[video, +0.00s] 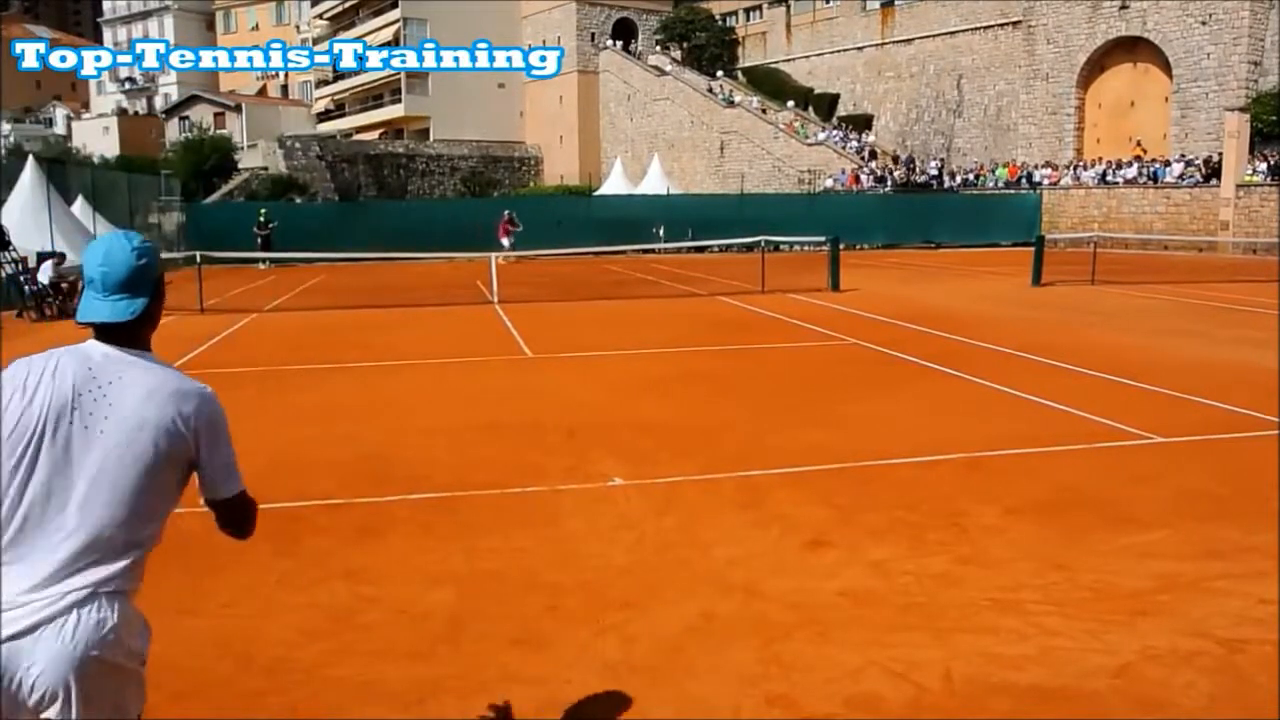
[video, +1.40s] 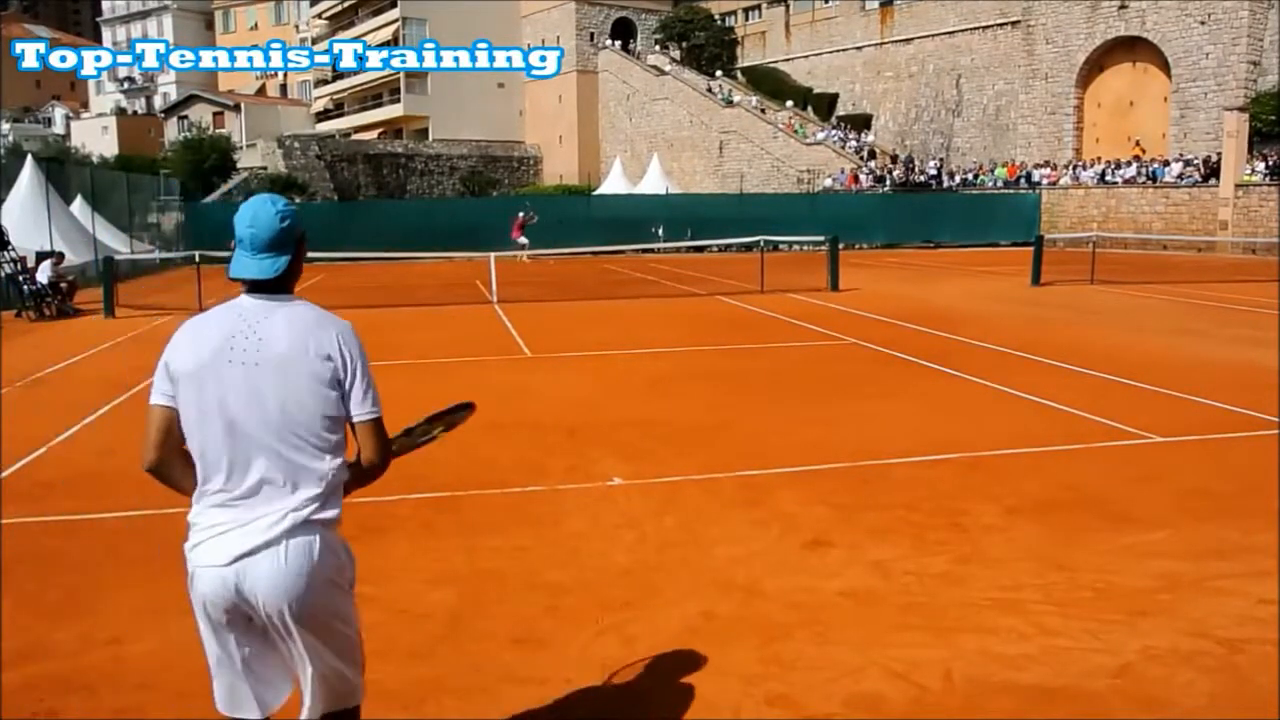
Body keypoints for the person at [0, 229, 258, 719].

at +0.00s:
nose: (161, 304)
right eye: (160, 294)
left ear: (84, 297)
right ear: (158, 303)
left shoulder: (15, 380)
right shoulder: (185, 399)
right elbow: (239, 522)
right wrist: (223, 479)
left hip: (2, 637)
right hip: (89, 645)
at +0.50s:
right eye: (198, 264)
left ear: (127, 265)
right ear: (196, 270)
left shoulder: (68, 345)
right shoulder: (229, 353)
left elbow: (8, 453)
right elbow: (295, 462)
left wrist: (4, 535)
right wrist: (247, 450)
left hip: (43, 592)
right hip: (141, 599)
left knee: (56, 711)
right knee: (115, 711)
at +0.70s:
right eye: (223, 239)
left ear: (155, 240)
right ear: (223, 246)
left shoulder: (101, 323)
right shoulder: (262, 326)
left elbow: (40, 446)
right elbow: (321, 433)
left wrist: (69, 524)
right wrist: (264, 447)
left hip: (97, 559)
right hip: (193, 565)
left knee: (108, 700)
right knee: (145, 710)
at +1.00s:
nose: (256, 239)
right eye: (254, 232)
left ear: (187, 235)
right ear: (252, 239)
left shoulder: (132, 318)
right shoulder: (293, 319)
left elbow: (85, 440)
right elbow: (344, 432)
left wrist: (139, 495)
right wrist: (291, 459)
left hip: (148, 547)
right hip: (242, 548)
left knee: (175, 704)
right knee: (201, 710)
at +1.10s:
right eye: (263, 238)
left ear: (201, 240)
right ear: (267, 245)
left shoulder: (148, 325)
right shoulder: (306, 323)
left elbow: (109, 446)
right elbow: (354, 441)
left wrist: (169, 491)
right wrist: (304, 469)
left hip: (171, 553)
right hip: (262, 553)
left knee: (195, 705)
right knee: (244, 711)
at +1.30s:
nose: (281, 253)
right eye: (283, 246)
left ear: (218, 248)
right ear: (282, 252)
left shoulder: (168, 332)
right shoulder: (318, 328)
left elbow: (133, 452)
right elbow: (364, 449)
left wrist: (197, 490)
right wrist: (309, 478)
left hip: (192, 560)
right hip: (281, 557)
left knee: (225, 709)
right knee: (291, 709)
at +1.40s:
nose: (296, 256)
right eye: (298, 250)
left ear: (236, 255)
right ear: (299, 258)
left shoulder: (189, 337)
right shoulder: (332, 335)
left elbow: (158, 457)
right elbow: (374, 457)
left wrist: (218, 492)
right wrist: (329, 481)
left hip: (212, 563)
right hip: (301, 563)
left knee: (242, 710)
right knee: (334, 700)